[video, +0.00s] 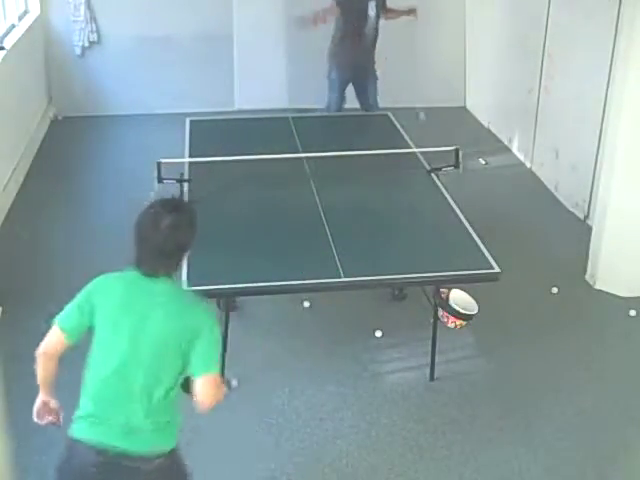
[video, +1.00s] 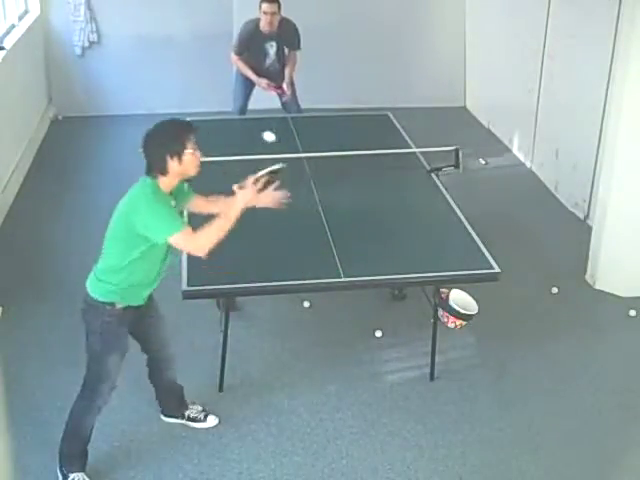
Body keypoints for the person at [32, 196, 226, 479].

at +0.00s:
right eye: (188, 245)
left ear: (139, 241)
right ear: (185, 252)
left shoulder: (104, 288)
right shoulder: (199, 313)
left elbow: (46, 351)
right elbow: (206, 399)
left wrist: (46, 395)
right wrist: (219, 386)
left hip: (87, 458)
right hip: (153, 464)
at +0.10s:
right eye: (172, 264)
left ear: (122, 264)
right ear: (167, 276)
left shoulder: (83, 308)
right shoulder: (171, 342)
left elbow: (24, 368)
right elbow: (168, 431)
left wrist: (32, 405)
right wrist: (198, 414)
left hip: (55, 461)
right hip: (118, 470)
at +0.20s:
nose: (153, 294)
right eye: (152, 287)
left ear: (103, 279)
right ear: (144, 295)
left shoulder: (58, 318)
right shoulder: (136, 357)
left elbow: (5, 370)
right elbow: (123, 450)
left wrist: (19, 409)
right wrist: (171, 441)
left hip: (25, 464)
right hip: (82, 469)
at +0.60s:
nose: (144, 280)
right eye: (145, 274)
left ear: (91, 270)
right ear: (137, 286)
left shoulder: (58, 306)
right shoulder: (136, 350)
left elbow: (11, 356)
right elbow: (123, 437)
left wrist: (46, 384)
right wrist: (175, 424)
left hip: (29, 462)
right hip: (87, 471)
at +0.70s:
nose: (230, 187)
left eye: (230, 180)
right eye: (225, 180)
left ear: (210, 184)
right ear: (203, 184)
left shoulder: (214, 215)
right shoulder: (168, 220)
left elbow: (252, 251)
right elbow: (197, 281)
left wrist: (306, 254)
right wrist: (256, 289)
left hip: (161, 297)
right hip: (121, 300)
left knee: (191, 346)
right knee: (103, 377)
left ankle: (180, 409)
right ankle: (66, 459)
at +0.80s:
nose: (222, 179)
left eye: (221, 172)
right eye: (217, 173)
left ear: (197, 177)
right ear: (195, 177)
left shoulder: (199, 205)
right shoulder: (162, 217)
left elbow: (246, 229)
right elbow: (209, 264)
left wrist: (295, 212)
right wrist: (266, 246)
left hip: (154, 296)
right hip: (117, 302)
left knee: (184, 350)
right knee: (101, 382)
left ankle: (178, 411)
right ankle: (71, 463)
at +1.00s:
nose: (199, 154)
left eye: (196, 147)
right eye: (193, 149)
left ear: (171, 159)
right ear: (172, 160)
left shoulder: (173, 189)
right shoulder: (146, 204)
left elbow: (211, 205)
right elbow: (198, 247)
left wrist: (255, 199)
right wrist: (239, 204)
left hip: (139, 298)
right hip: (107, 305)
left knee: (161, 356)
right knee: (100, 387)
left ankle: (173, 409)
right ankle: (71, 464)